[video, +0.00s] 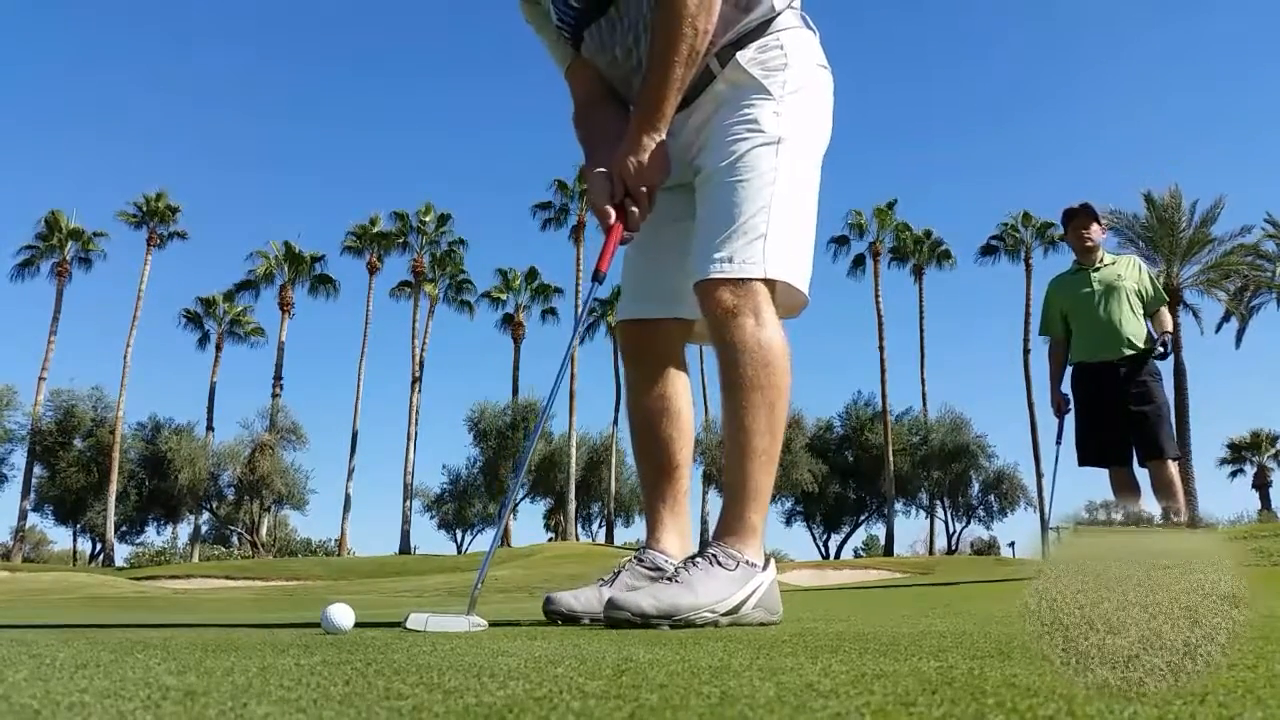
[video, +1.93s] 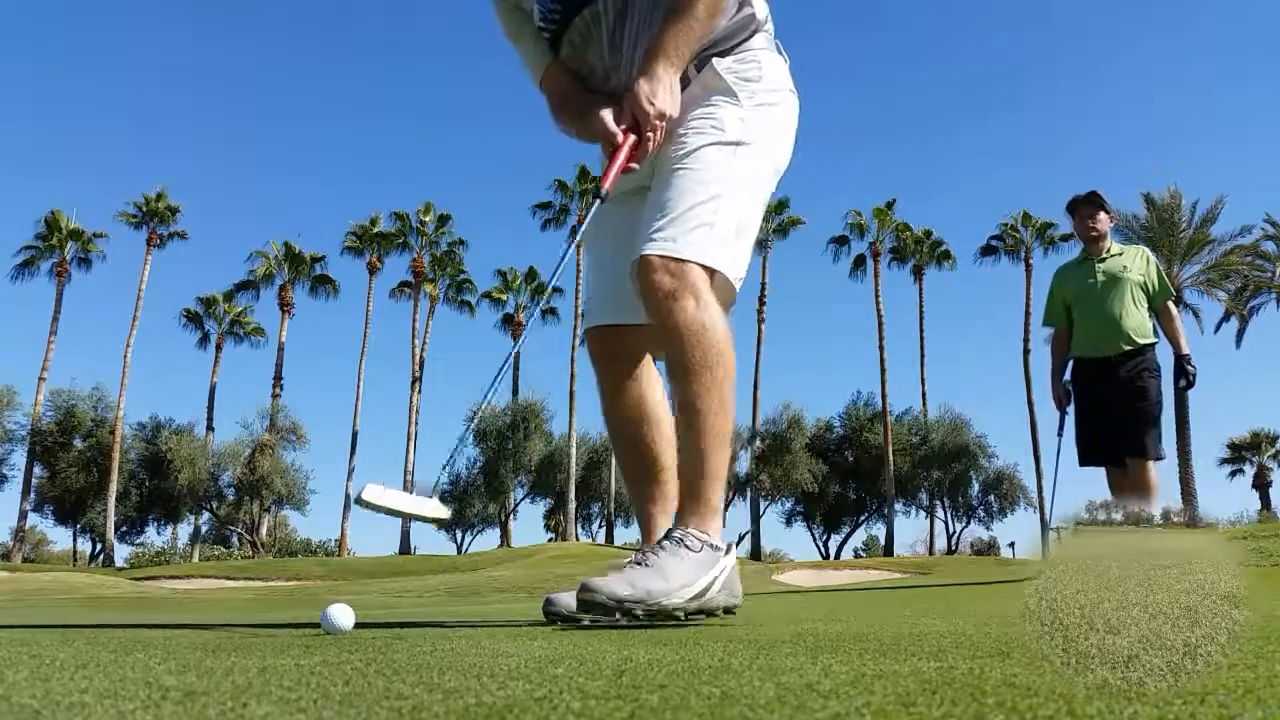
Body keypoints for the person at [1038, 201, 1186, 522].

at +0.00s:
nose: (1085, 232)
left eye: (1089, 226)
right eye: (1076, 229)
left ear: (1102, 230)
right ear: (1067, 238)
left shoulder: (1132, 266)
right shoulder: (1060, 286)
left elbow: (1158, 308)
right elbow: (1057, 342)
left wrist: (1164, 333)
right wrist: (1055, 389)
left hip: (1138, 372)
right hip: (1093, 379)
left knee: (1159, 455)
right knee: (1117, 462)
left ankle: (1177, 529)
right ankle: (1134, 533)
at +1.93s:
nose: (1089, 222)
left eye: (1095, 215)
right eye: (1082, 218)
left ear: (1109, 219)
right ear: (1074, 227)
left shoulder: (1140, 258)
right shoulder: (1066, 275)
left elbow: (1165, 309)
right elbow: (1061, 332)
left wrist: (1183, 355)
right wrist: (1057, 381)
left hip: (1136, 365)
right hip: (1090, 371)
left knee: (1139, 454)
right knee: (1112, 460)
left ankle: (1150, 528)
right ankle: (1128, 530)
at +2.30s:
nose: (1091, 213)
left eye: (1097, 206)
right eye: (1083, 209)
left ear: (1113, 210)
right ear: (1076, 219)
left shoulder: (1144, 248)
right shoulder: (1067, 268)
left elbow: (1168, 296)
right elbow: (1063, 326)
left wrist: (1181, 337)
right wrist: (1059, 375)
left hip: (1140, 361)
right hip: (1091, 366)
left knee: (1140, 456)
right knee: (1093, 457)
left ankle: (1143, 533)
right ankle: (1107, 530)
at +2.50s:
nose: (1087, 208)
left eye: (1093, 201)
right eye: (1079, 204)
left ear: (1109, 205)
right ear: (1071, 214)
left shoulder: (1141, 243)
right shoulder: (1063, 264)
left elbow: (1167, 293)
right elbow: (1063, 321)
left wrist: (1181, 338)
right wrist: (1058, 368)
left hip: (1138, 358)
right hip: (1087, 364)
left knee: (1140, 455)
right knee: (1096, 454)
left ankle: (1145, 534)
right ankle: (1104, 534)